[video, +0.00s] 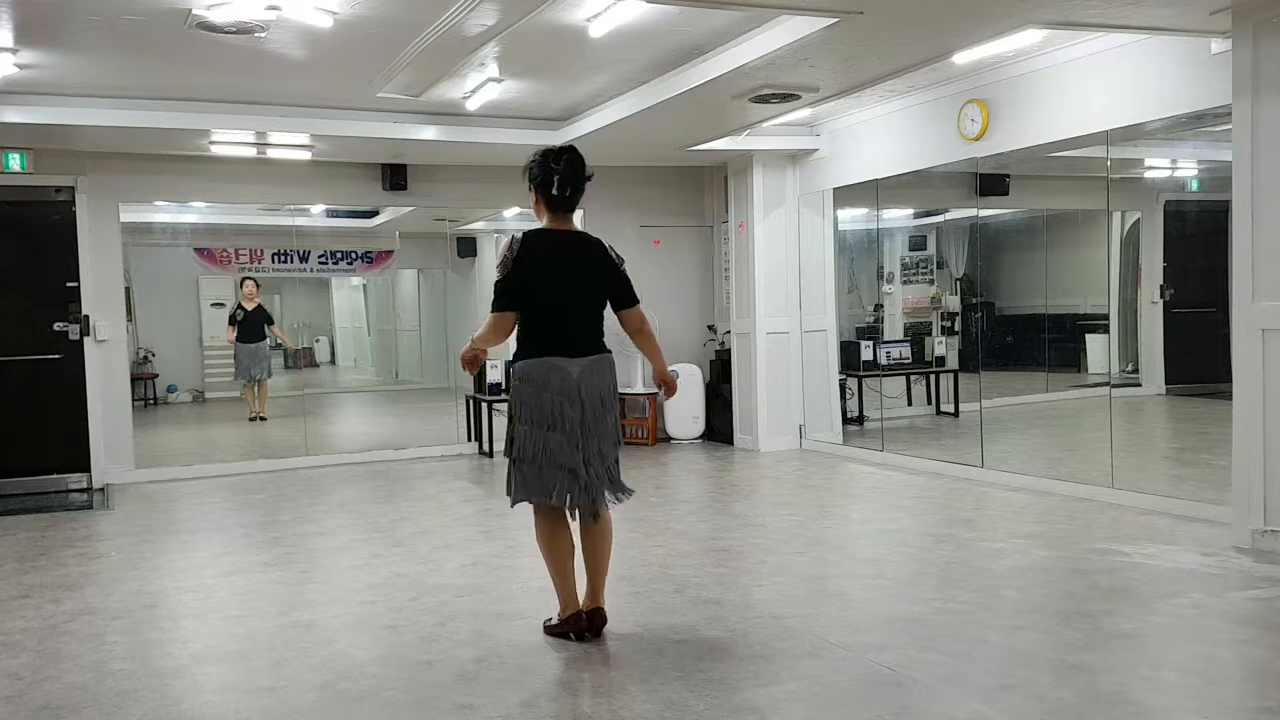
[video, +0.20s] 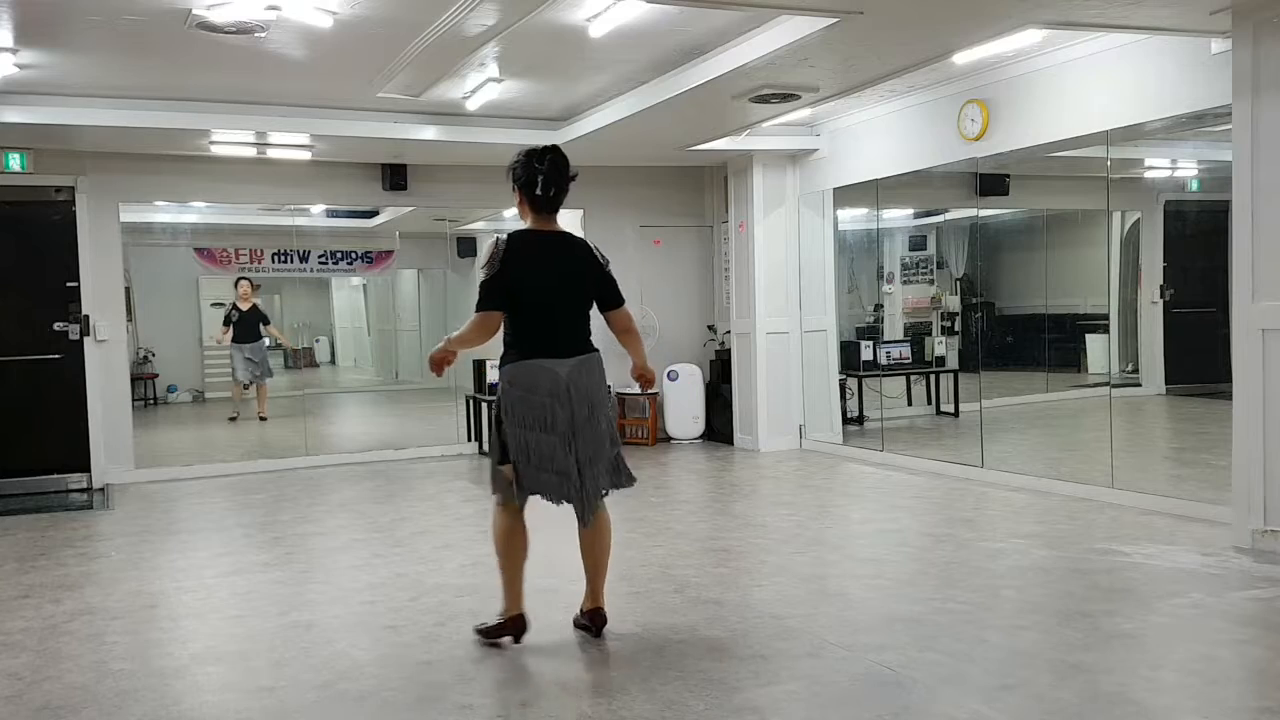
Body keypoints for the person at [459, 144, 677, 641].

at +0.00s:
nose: (530, 197)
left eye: (530, 191)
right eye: (533, 190)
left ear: (535, 195)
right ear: (581, 194)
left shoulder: (522, 250)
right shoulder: (600, 253)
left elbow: (502, 324)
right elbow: (635, 321)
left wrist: (476, 347)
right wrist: (661, 367)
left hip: (539, 377)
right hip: (596, 375)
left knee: (546, 494)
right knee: (593, 490)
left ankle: (570, 610)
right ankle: (595, 604)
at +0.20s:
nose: (513, 199)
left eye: (513, 192)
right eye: (516, 191)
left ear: (520, 196)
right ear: (564, 195)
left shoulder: (507, 251)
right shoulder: (585, 252)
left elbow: (487, 322)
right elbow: (621, 321)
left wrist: (452, 345)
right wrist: (641, 361)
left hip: (523, 379)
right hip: (583, 376)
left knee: (509, 497)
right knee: (591, 493)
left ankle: (513, 613)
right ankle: (594, 606)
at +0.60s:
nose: (456, 195)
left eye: (454, 189)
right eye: (461, 188)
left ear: (458, 195)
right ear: (505, 194)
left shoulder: (440, 251)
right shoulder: (524, 252)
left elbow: (412, 324)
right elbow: (568, 321)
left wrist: (390, 330)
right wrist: (607, 372)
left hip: (463, 380)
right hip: (523, 379)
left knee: (465, 503)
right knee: (548, 490)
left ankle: (472, 623)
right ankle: (586, 596)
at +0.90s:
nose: (428, 198)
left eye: (424, 191)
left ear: (424, 197)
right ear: (473, 195)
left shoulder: (408, 254)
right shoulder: (494, 252)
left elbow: (376, 320)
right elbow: (538, 320)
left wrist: (356, 358)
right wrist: (584, 371)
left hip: (430, 383)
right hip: (493, 382)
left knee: (448, 508)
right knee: (503, 500)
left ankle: (472, 623)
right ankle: (504, 612)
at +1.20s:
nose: (405, 201)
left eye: (400, 194)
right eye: (436, 191)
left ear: (399, 199)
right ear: (450, 196)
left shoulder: (382, 258)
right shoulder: (474, 254)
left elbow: (348, 332)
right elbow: (517, 323)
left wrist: (312, 394)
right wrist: (555, 373)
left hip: (401, 393)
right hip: (462, 392)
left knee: (442, 511)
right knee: (453, 517)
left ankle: (469, 621)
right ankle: (424, 643)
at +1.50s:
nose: (385, 195)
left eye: (376, 187)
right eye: (408, 186)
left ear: (373, 192)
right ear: (425, 190)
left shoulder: (354, 254)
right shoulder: (448, 249)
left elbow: (314, 326)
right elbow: (493, 319)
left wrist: (274, 391)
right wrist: (513, 367)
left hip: (375, 389)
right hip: (442, 385)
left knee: (392, 519)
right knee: (440, 522)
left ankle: (396, 636)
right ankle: (420, 655)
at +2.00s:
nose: (313, 188)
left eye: (307, 180)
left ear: (306, 186)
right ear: (362, 188)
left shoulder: (287, 248)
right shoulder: (381, 254)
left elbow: (247, 323)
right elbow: (434, 324)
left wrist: (209, 353)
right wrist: (484, 380)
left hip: (309, 392)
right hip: (375, 392)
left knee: (328, 529)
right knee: (383, 518)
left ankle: (350, 661)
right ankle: (405, 633)